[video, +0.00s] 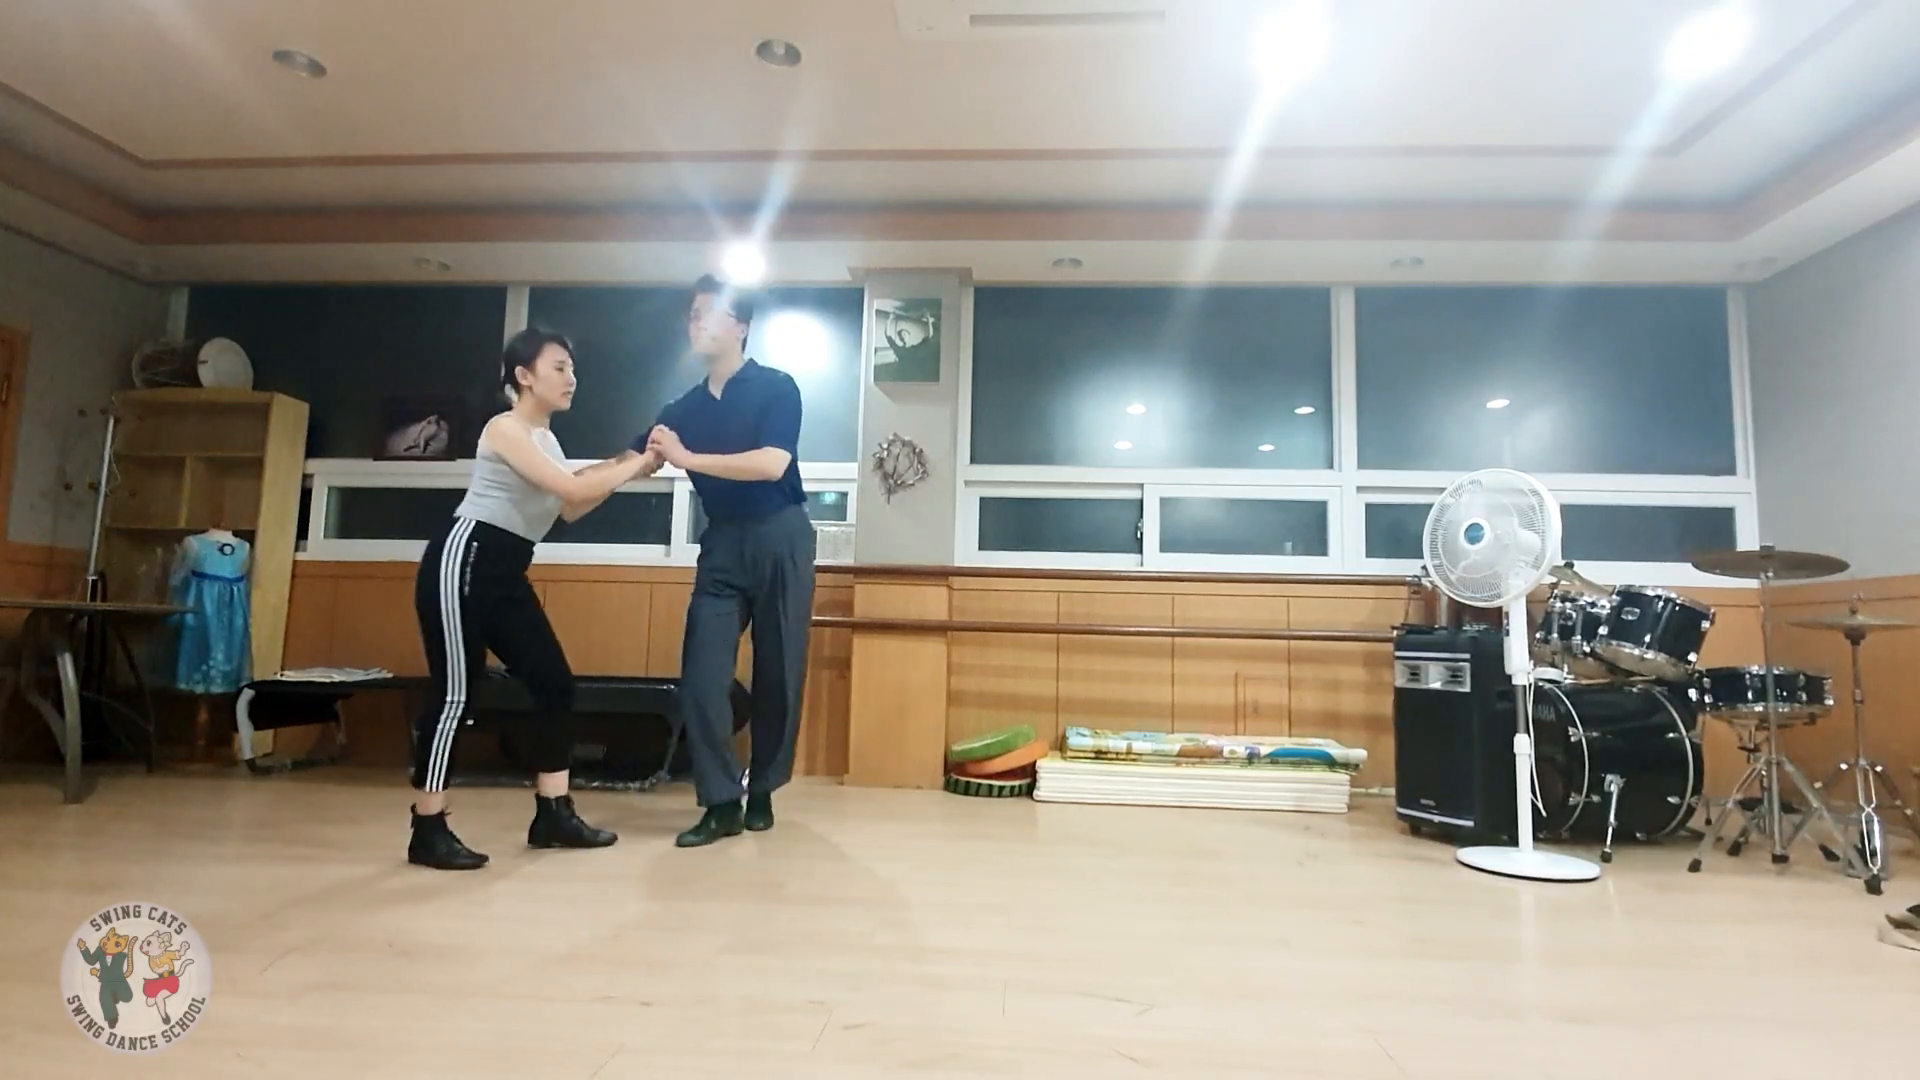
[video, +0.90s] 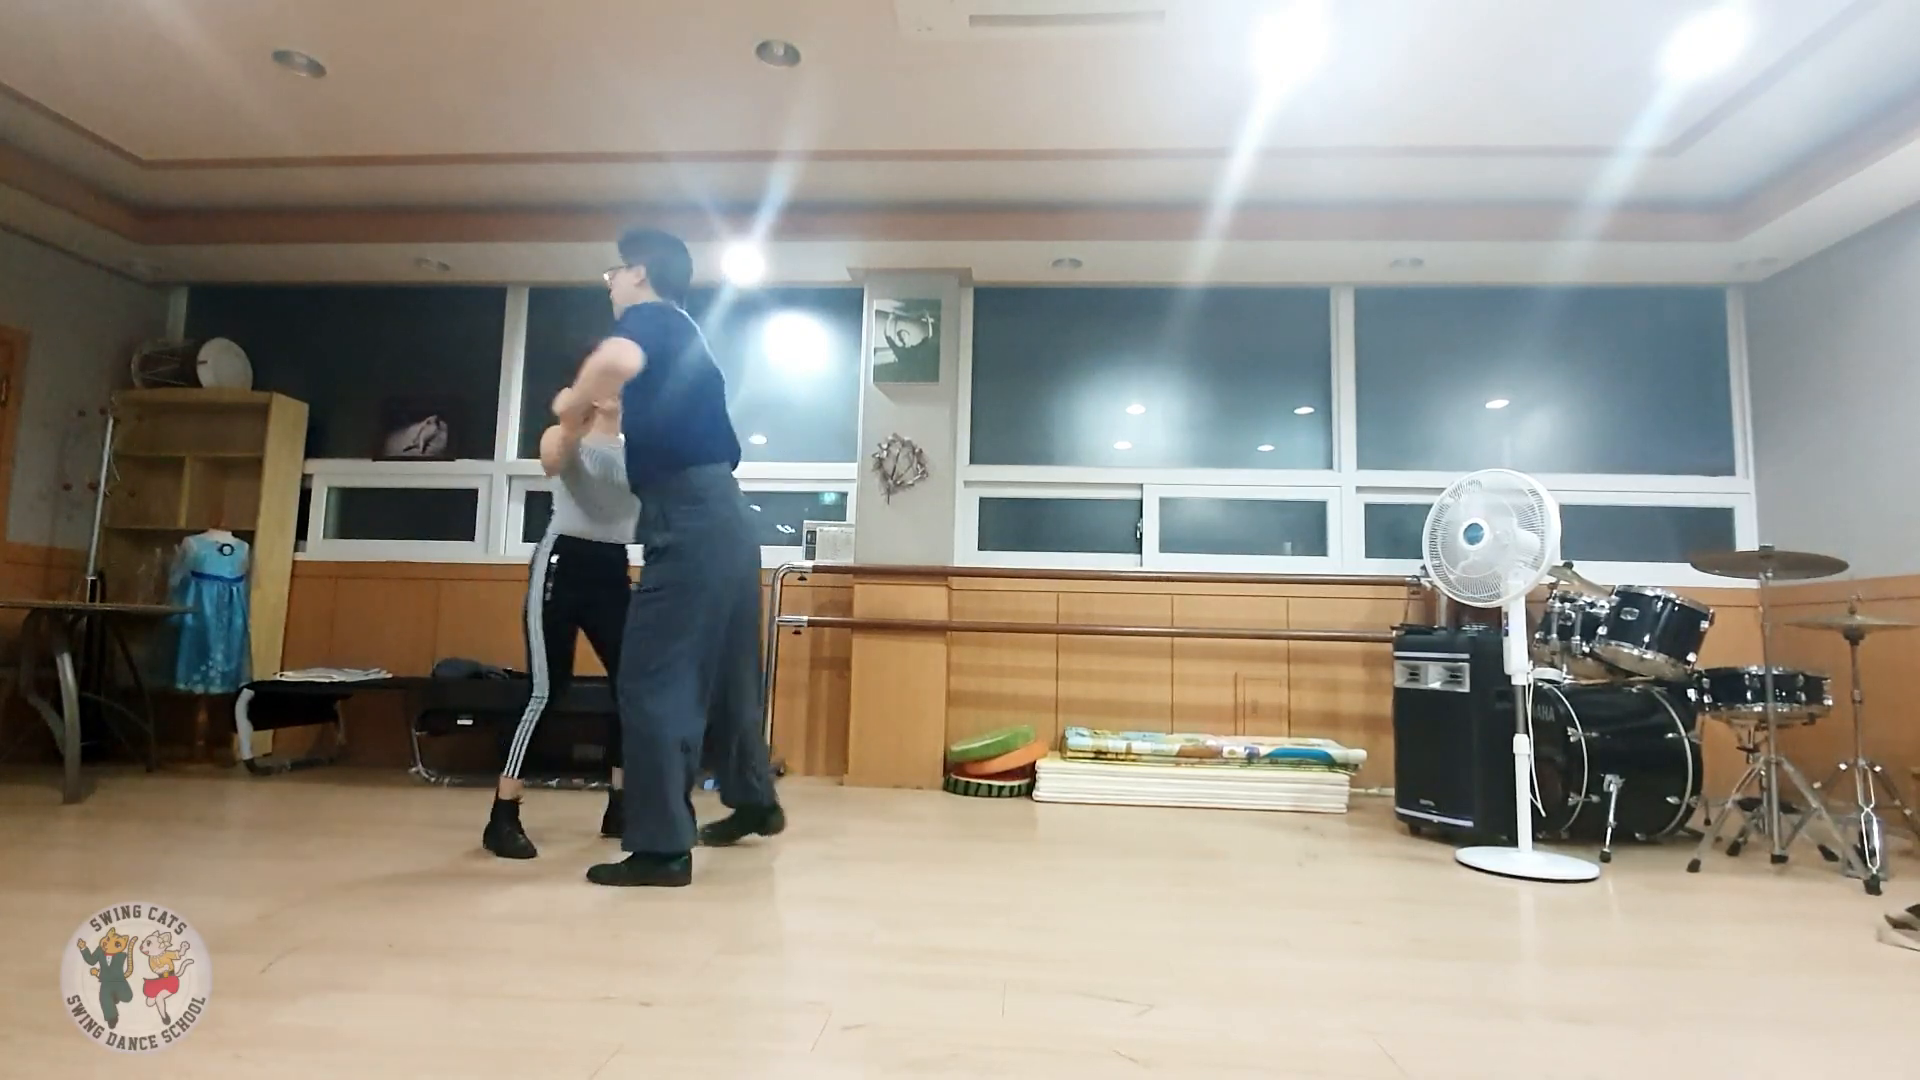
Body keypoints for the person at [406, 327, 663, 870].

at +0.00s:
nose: (570, 379)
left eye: (571, 370)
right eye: (559, 368)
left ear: (555, 380)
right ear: (523, 375)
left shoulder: (548, 442)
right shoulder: (502, 428)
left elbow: (571, 509)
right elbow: (572, 488)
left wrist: (622, 471)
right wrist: (632, 464)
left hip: (504, 575)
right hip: (459, 563)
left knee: (554, 683)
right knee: (454, 695)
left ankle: (554, 814)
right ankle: (428, 828)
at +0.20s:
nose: (579, 382)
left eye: (580, 373)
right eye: (568, 370)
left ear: (567, 383)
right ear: (533, 377)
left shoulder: (559, 441)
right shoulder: (515, 431)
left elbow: (580, 512)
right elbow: (580, 493)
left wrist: (635, 476)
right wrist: (638, 471)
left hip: (541, 573)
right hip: (504, 567)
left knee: (573, 686)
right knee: (523, 696)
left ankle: (554, 815)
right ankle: (446, 818)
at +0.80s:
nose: (603, 381)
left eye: (609, 374)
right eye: (590, 372)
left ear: (618, 388)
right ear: (565, 383)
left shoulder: (621, 450)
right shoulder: (543, 429)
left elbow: (655, 514)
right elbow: (557, 462)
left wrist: (670, 488)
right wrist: (596, 424)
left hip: (580, 572)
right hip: (530, 563)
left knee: (615, 678)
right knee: (524, 686)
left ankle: (608, 803)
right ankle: (499, 815)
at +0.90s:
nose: (611, 382)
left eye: (616, 371)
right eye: (600, 371)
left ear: (627, 381)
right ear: (581, 382)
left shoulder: (642, 437)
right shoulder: (565, 434)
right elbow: (555, 463)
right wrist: (575, 421)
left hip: (611, 569)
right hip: (560, 564)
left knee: (632, 686)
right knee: (547, 688)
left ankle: (622, 805)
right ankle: (504, 815)